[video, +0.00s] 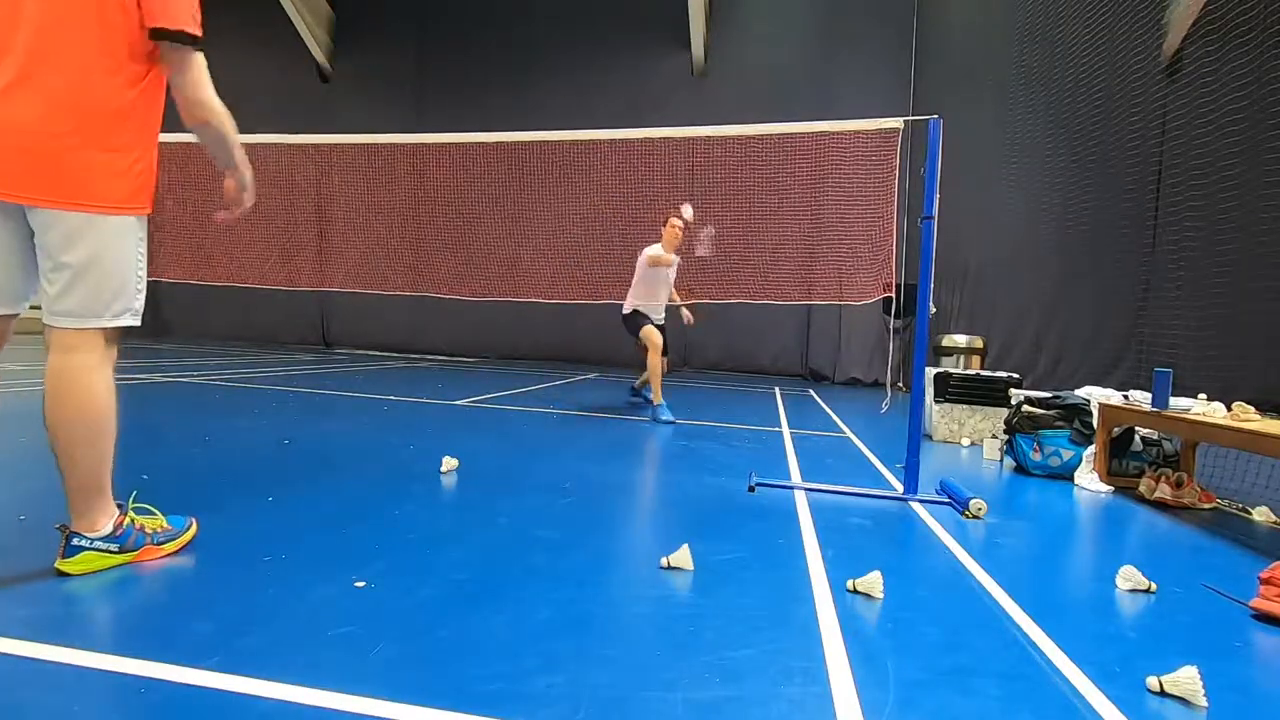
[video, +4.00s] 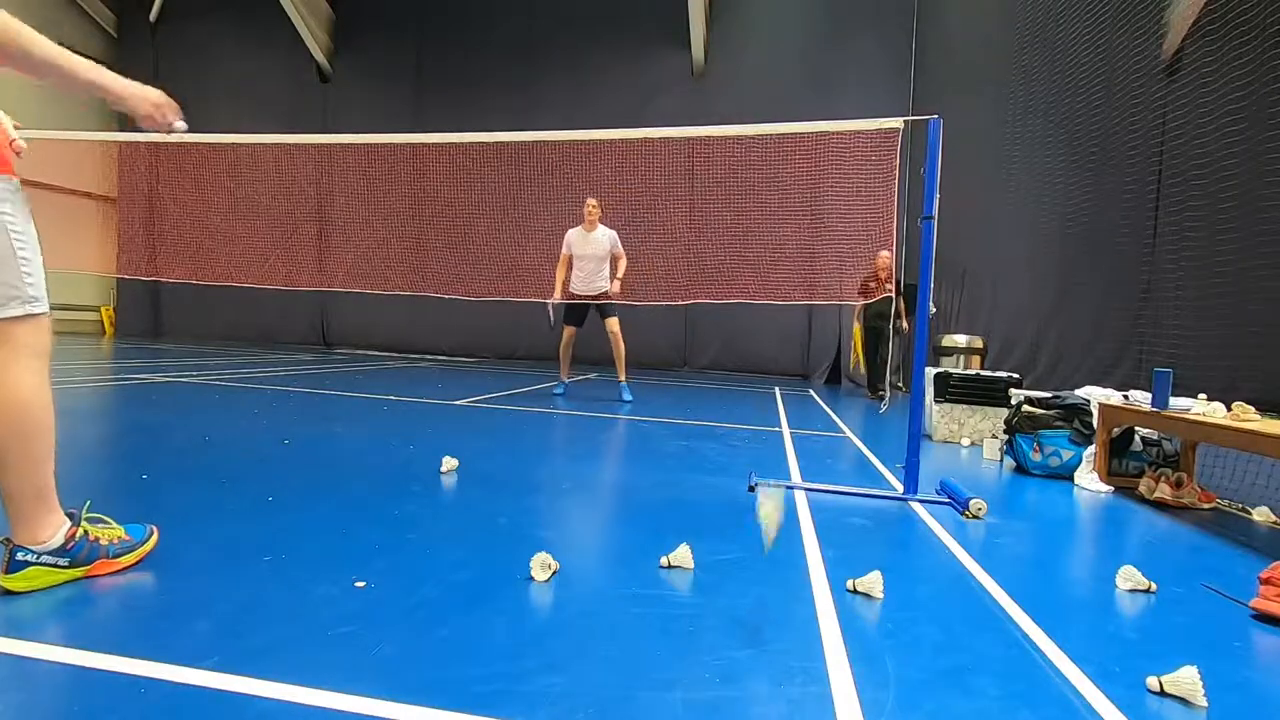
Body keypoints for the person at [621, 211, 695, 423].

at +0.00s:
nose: (676, 232)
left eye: (680, 229)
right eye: (672, 227)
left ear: (683, 235)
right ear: (663, 230)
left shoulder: (674, 261)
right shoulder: (651, 251)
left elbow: (668, 287)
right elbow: (651, 260)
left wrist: (681, 307)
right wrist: (672, 260)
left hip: (658, 316)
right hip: (636, 311)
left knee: (661, 366)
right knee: (656, 341)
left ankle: (638, 386)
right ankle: (658, 403)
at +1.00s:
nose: (621, 204)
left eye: (625, 202)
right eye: (618, 201)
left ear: (630, 208)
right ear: (612, 205)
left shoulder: (640, 233)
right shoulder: (599, 233)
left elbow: (649, 260)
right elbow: (580, 256)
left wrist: (653, 275)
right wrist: (567, 274)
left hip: (629, 295)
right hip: (602, 293)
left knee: (636, 340)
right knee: (585, 339)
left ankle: (633, 390)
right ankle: (573, 380)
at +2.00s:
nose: (642, 217)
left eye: (646, 214)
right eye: (639, 213)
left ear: (651, 220)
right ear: (633, 217)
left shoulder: (653, 248)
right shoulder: (617, 241)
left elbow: (657, 276)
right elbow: (603, 269)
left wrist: (667, 295)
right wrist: (607, 295)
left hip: (639, 302)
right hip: (617, 300)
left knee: (648, 350)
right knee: (624, 338)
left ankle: (632, 389)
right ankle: (612, 387)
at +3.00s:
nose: (669, 230)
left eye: (672, 228)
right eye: (664, 226)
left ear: (674, 233)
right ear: (654, 229)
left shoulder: (666, 258)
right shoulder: (639, 253)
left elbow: (653, 286)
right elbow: (625, 277)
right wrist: (627, 287)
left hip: (646, 312)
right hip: (623, 307)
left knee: (656, 367)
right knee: (639, 339)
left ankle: (630, 381)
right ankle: (640, 403)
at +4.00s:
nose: (590, 210)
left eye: (594, 207)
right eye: (587, 207)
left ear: (600, 212)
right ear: (583, 210)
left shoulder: (610, 235)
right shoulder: (572, 235)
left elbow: (621, 258)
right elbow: (562, 264)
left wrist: (617, 279)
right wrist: (558, 290)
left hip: (603, 293)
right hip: (577, 293)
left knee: (615, 333)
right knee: (568, 335)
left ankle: (623, 382)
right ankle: (562, 380)